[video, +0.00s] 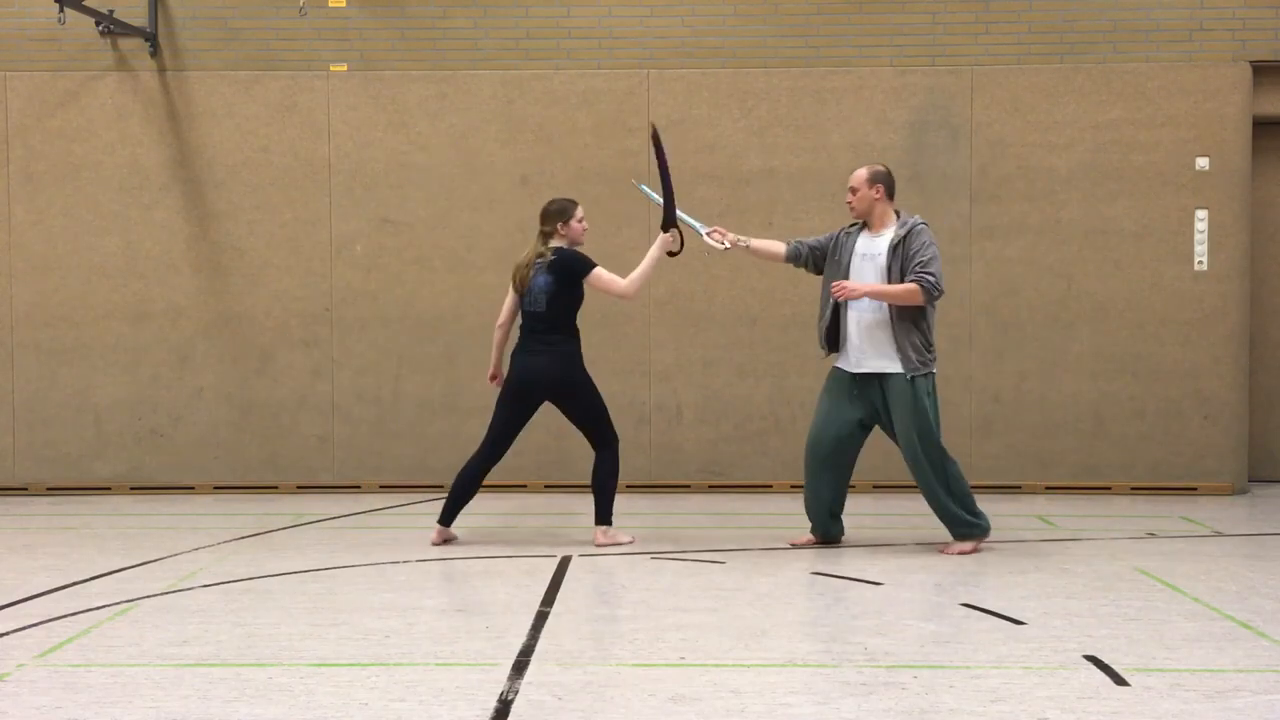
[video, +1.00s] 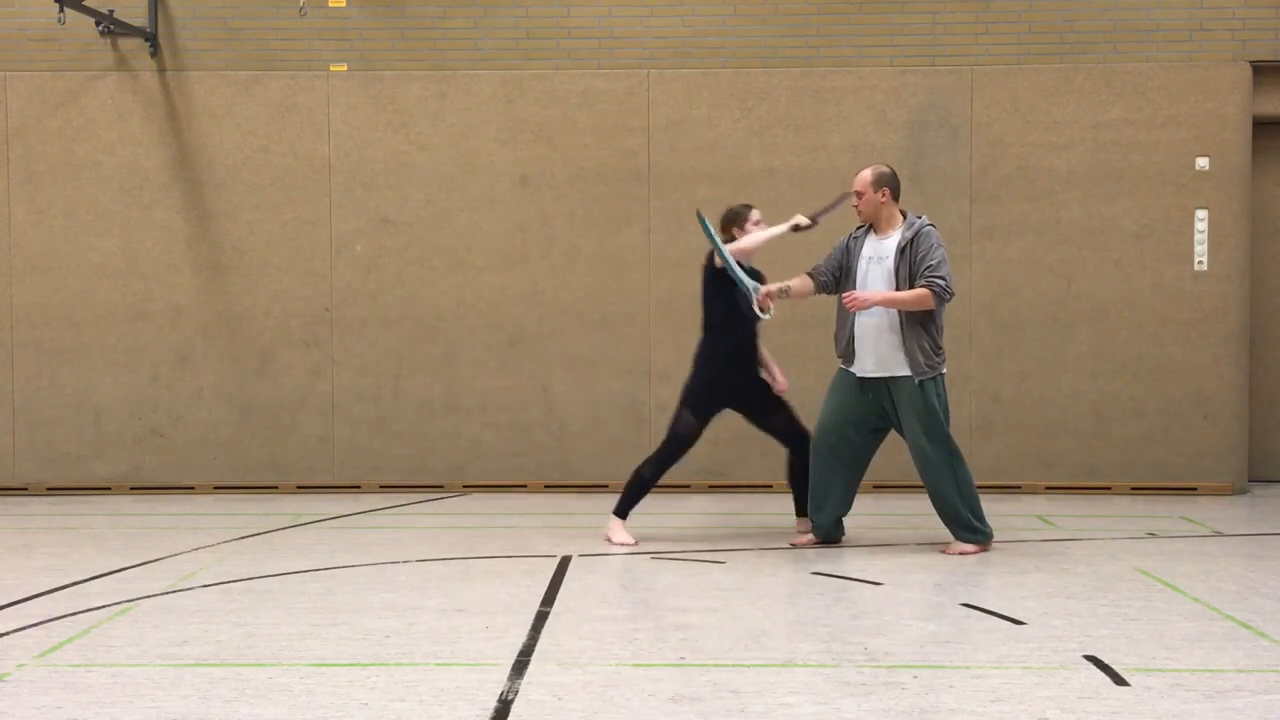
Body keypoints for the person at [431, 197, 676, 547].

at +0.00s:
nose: (586, 226)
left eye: (584, 219)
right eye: (581, 221)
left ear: (552, 229)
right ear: (561, 227)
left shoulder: (529, 264)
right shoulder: (572, 260)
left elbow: (503, 322)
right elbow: (626, 289)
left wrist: (495, 365)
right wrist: (659, 246)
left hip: (524, 371)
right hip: (564, 372)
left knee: (489, 450)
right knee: (606, 443)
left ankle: (442, 527)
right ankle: (603, 530)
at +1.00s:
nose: (763, 229)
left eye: (762, 223)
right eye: (756, 224)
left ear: (742, 231)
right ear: (736, 231)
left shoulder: (752, 275)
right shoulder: (717, 261)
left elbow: (747, 333)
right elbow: (744, 248)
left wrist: (771, 369)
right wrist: (787, 227)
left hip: (745, 379)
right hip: (711, 378)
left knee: (800, 440)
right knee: (674, 447)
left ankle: (805, 522)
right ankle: (617, 520)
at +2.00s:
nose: (734, 232)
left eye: (739, 226)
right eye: (728, 226)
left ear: (745, 228)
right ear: (715, 226)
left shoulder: (748, 265)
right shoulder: (699, 254)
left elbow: (755, 322)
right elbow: (672, 258)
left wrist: (766, 370)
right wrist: (709, 221)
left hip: (738, 364)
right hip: (699, 362)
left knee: (778, 439)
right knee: (687, 447)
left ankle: (805, 517)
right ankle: (661, 524)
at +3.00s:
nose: (443, 230)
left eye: (447, 223)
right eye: (440, 223)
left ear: (468, 217)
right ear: (443, 221)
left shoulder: (494, 252)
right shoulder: (443, 249)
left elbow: (515, 309)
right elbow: (438, 300)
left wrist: (524, 360)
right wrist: (417, 321)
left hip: (480, 359)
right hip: (450, 359)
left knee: (465, 444)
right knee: (416, 437)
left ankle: (491, 529)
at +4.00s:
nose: (374, 224)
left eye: (375, 218)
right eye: (369, 218)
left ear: (358, 219)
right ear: (348, 218)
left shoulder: (363, 267)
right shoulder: (320, 251)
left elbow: (379, 324)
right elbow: (314, 262)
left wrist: (409, 364)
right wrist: (320, 217)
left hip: (350, 369)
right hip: (311, 365)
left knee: (392, 438)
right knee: (301, 445)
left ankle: (415, 520)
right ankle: (281, 523)